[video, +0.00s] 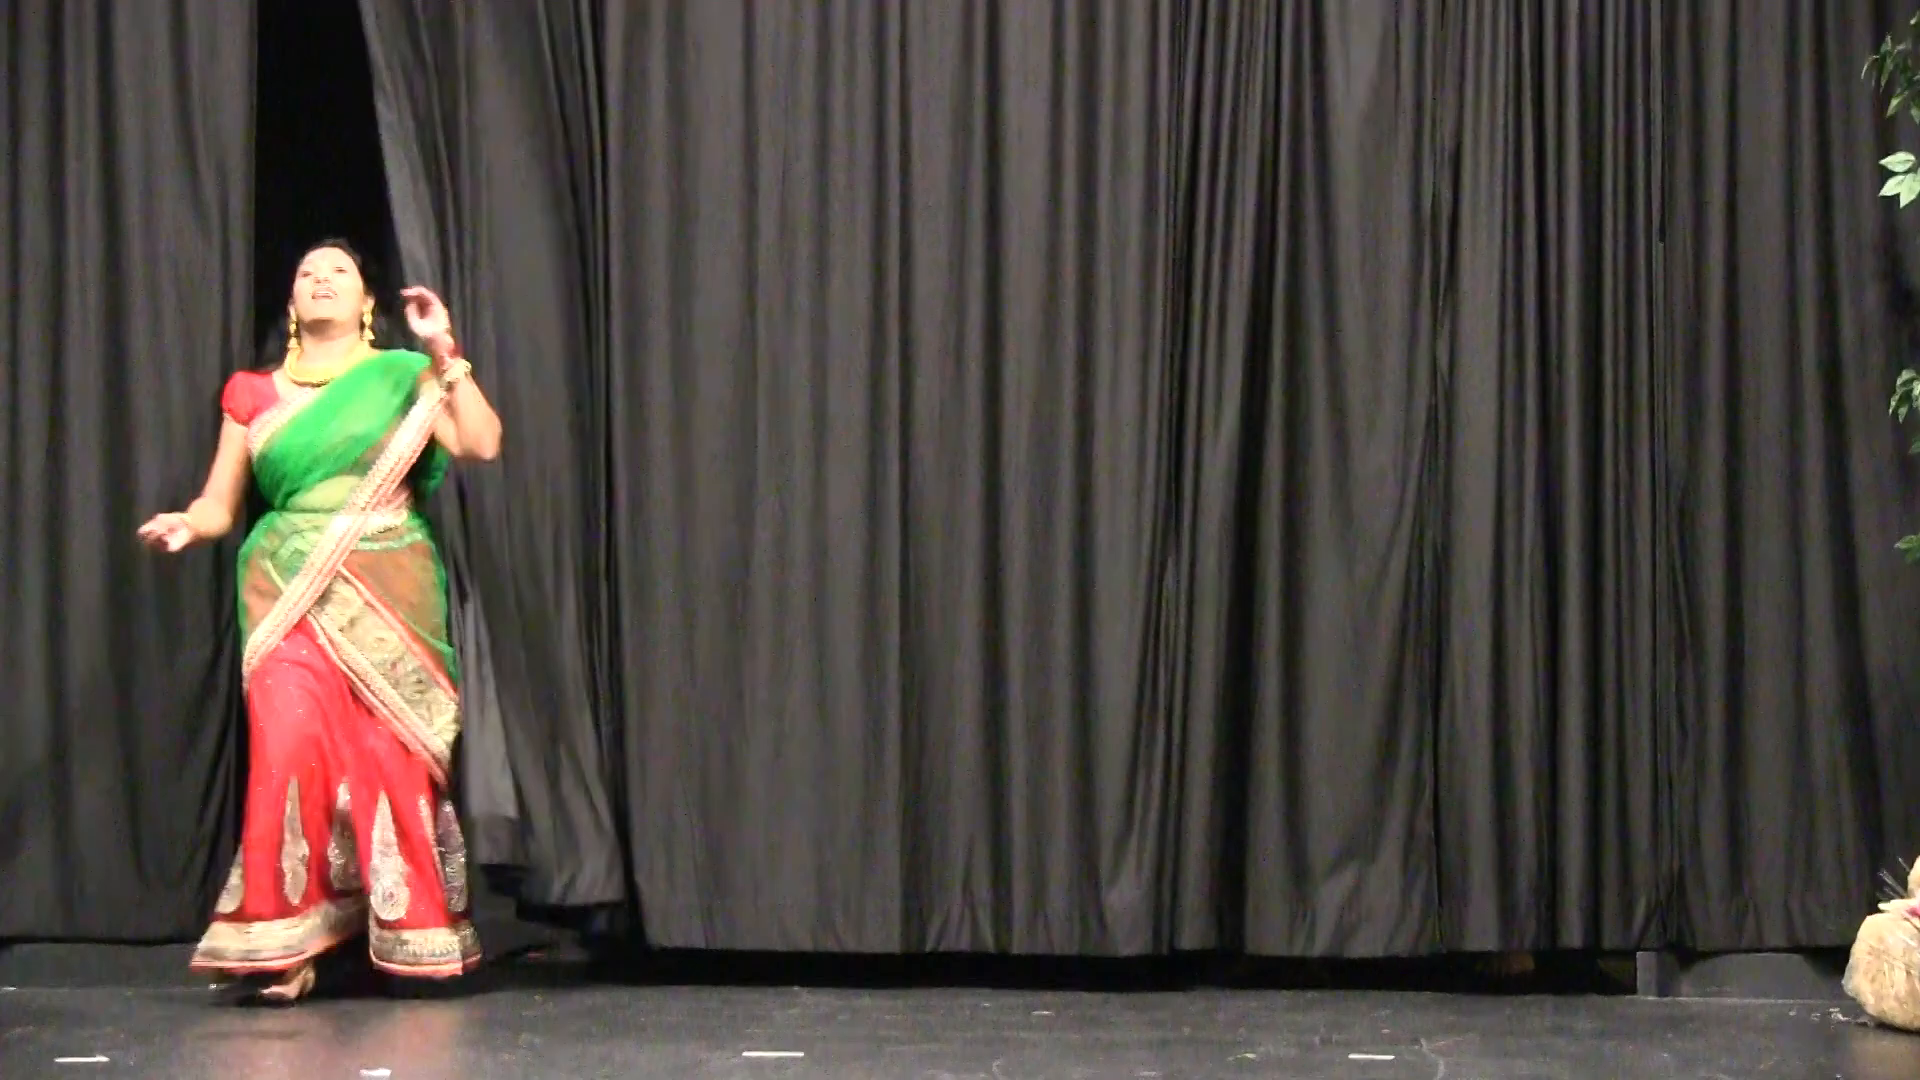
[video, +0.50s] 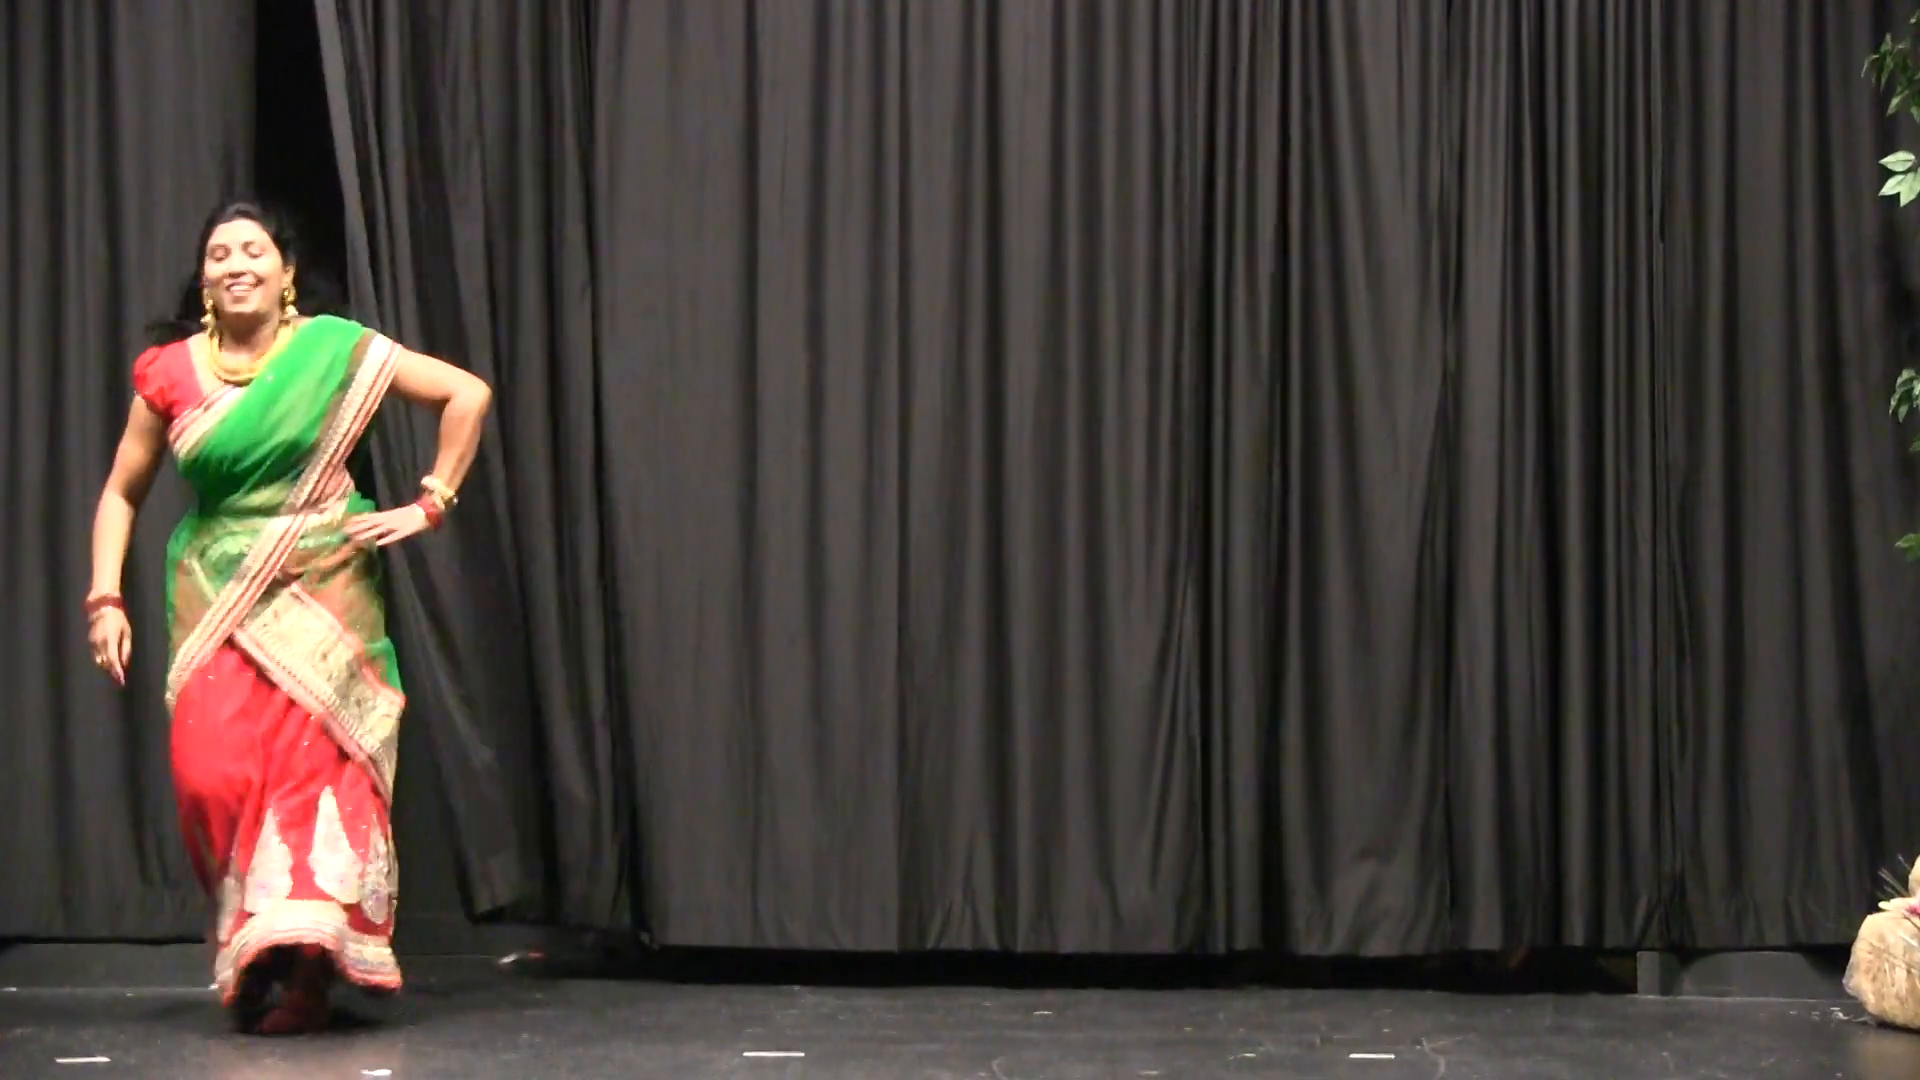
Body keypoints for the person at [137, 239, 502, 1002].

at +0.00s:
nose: (320, 280)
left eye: (337, 272)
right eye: (308, 273)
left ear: (366, 301)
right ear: (290, 301)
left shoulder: (401, 371)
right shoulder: (255, 392)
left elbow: (480, 444)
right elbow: (219, 506)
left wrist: (445, 349)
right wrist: (188, 520)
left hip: (387, 580)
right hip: (287, 584)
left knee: (395, 755)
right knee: (286, 751)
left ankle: (414, 943)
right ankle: (285, 949)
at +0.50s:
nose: (237, 264)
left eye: (254, 251)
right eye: (222, 253)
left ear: (286, 271)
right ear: (201, 278)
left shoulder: (335, 345)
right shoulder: (172, 371)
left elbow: (468, 392)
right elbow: (121, 491)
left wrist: (434, 500)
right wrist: (105, 597)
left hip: (324, 574)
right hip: (218, 580)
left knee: (313, 762)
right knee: (210, 773)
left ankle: (301, 963)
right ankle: (255, 944)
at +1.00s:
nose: (128, 281)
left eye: (143, 263)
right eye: (108, 266)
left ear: (175, 257)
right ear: (80, 267)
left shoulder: (224, 318)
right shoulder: (49, 352)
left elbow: (359, 391)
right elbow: (18, 488)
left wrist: (315, 499)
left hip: (215, 574)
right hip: (102, 581)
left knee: (192, 772)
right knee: (101, 776)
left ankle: (187, 988)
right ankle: (126, 1011)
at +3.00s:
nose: (315, 184)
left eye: (312, 169)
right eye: (301, 170)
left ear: (278, 181)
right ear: (248, 182)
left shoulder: (306, 256)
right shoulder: (189, 303)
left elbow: (373, 337)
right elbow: (189, 473)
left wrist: (369, 455)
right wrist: (198, 621)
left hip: (346, 539)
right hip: (252, 558)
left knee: (393, 753)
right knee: (269, 769)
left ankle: (389, 1008)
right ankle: (251, 1008)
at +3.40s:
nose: (317, 176)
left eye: (313, 158)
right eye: (301, 161)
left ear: (288, 174)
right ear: (246, 180)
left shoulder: (328, 256)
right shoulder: (183, 306)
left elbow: (408, 342)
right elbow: (173, 462)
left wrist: (398, 446)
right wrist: (183, 605)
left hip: (357, 545)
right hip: (248, 565)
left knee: (388, 759)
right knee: (250, 774)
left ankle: (400, 1007)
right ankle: (225, 1005)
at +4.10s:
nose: (313, 194)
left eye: (313, 177)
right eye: (296, 177)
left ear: (300, 188)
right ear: (241, 189)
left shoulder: (342, 272)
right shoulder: (170, 302)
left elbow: (457, 338)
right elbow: (154, 446)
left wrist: (434, 446)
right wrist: (173, 589)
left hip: (365, 540)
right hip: (252, 558)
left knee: (400, 749)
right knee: (255, 763)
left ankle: (447, 982)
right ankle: (242, 991)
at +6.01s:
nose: (521, 305)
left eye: (533, 296)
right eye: (510, 297)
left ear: (552, 310)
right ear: (493, 312)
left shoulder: (582, 382)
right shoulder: (469, 380)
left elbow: (621, 467)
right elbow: (431, 469)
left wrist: (600, 534)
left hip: (563, 545)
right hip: (490, 543)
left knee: (554, 681)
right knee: (492, 675)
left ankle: (542, 828)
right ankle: (461, 831)